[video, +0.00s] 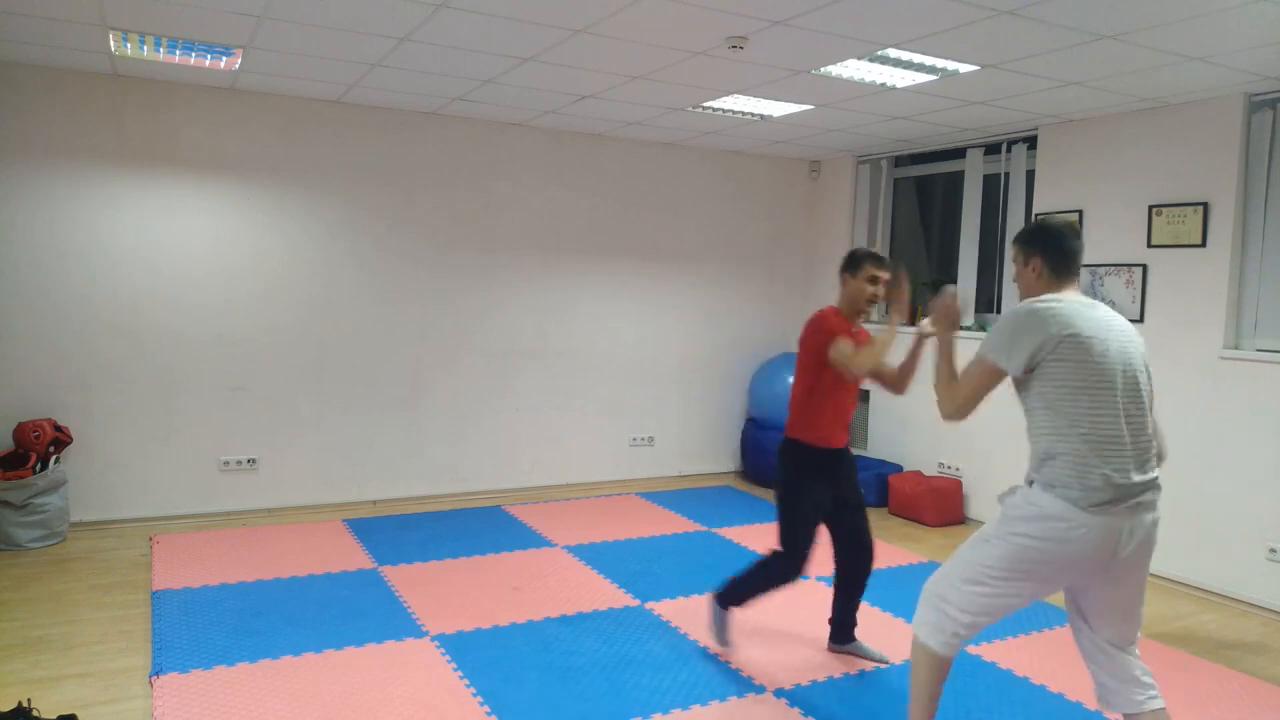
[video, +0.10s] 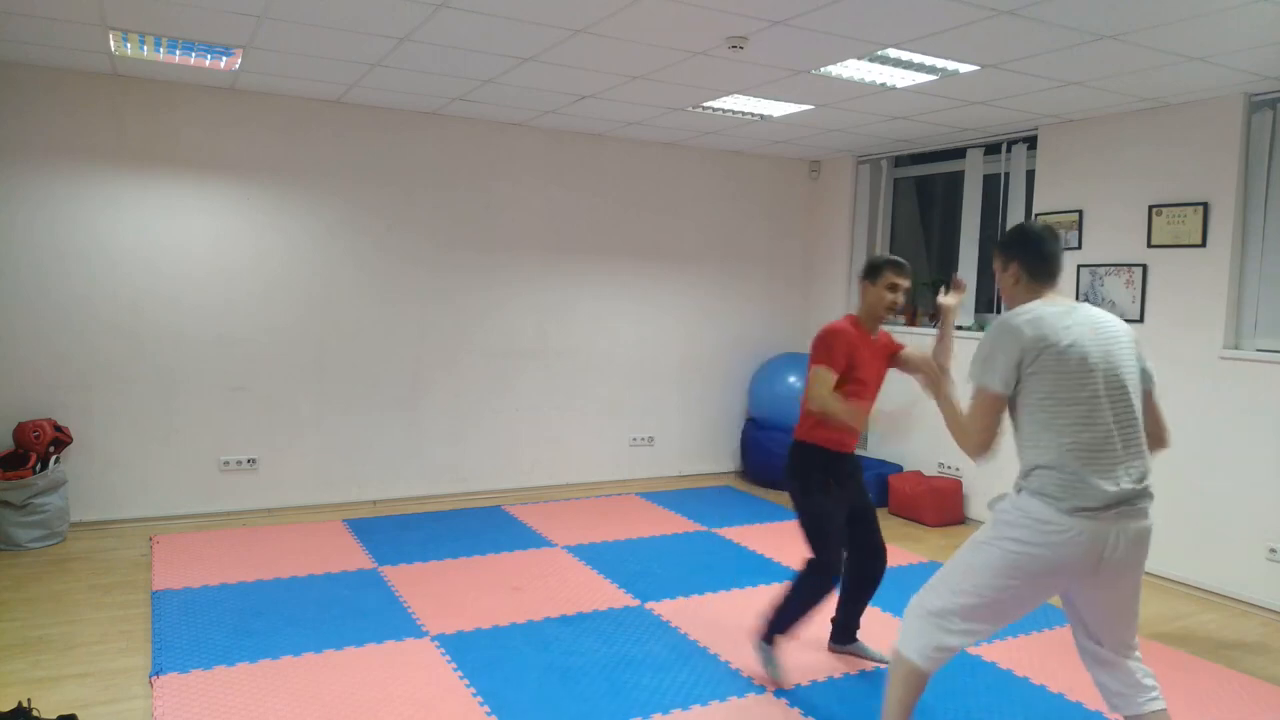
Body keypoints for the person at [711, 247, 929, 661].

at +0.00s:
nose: (878, 292)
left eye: (882, 285)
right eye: (871, 281)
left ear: (883, 292)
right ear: (846, 279)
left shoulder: (860, 336)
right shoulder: (823, 323)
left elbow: (897, 382)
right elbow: (858, 366)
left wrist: (922, 340)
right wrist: (897, 321)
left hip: (837, 457)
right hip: (802, 456)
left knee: (857, 554)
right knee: (792, 560)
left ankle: (842, 636)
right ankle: (724, 599)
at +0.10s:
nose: (897, 300)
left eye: (903, 294)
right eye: (890, 289)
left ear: (902, 299)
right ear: (864, 286)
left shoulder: (884, 344)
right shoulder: (837, 335)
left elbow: (936, 370)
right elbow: (816, 397)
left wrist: (946, 318)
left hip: (844, 463)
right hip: (811, 459)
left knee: (870, 556)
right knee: (829, 561)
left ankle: (843, 637)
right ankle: (768, 635)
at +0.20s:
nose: (917, 310)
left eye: (923, 303)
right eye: (911, 299)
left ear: (923, 308)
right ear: (885, 295)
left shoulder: (903, 349)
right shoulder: (852, 343)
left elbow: (955, 360)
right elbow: (810, 401)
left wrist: (962, 306)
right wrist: (830, 468)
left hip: (851, 468)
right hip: (818, 468)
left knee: (879, 560)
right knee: (850, 565)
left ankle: (843, 636)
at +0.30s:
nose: (931, 312)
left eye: (936, 306)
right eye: (925, 301)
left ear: (936, 313)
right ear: (896, 298)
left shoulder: (915, 355)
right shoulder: (866, 344)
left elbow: (953, 384)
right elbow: (820, 393)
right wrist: (868, 432)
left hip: (865, 472)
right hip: (830, 470)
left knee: (884, 565)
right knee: (859, 576)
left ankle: (844, 633)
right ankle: (868, 671)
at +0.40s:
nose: (938, 326)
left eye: (945, 319)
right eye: (933, 314)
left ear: (944, 323)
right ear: (911, 310)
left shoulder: (918, 362)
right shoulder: (883, 351)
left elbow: (921, 411)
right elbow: (876, 403)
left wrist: (923, 418)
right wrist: (920, 416)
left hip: (871, 483)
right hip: (841, 482)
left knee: (884, 567)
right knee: (877, 576)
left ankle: (844, 634)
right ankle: (891, 690)